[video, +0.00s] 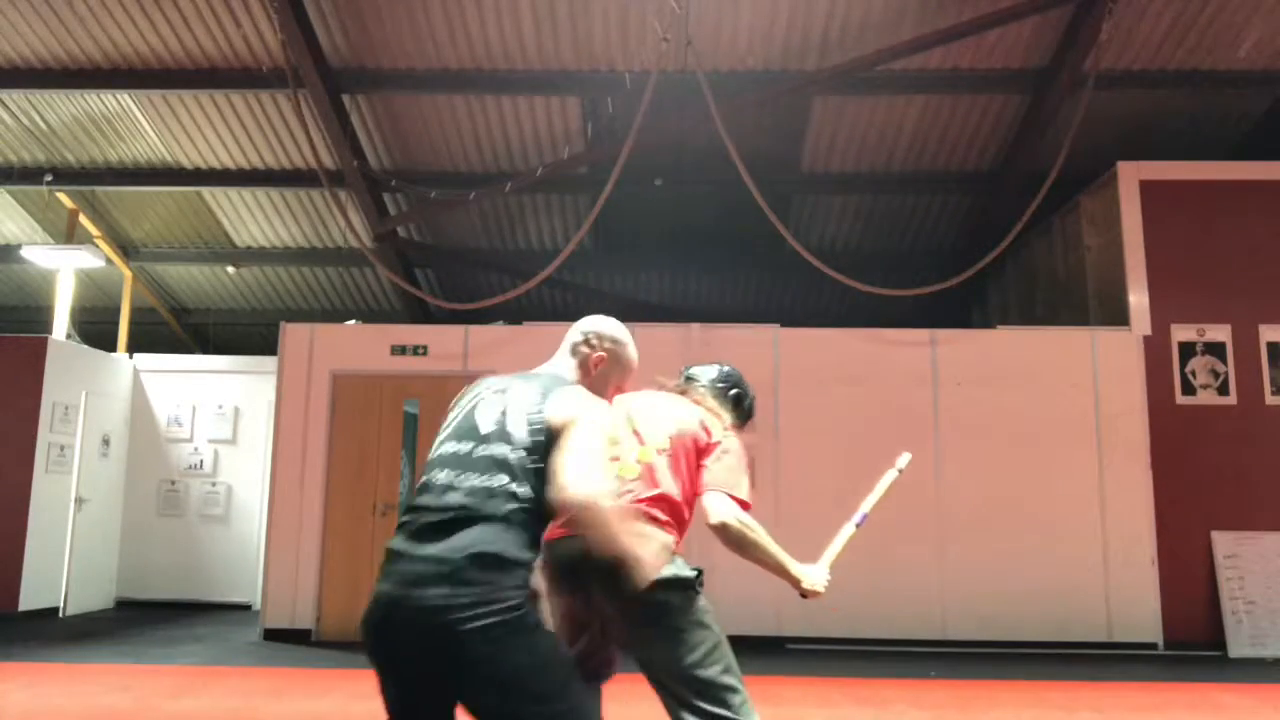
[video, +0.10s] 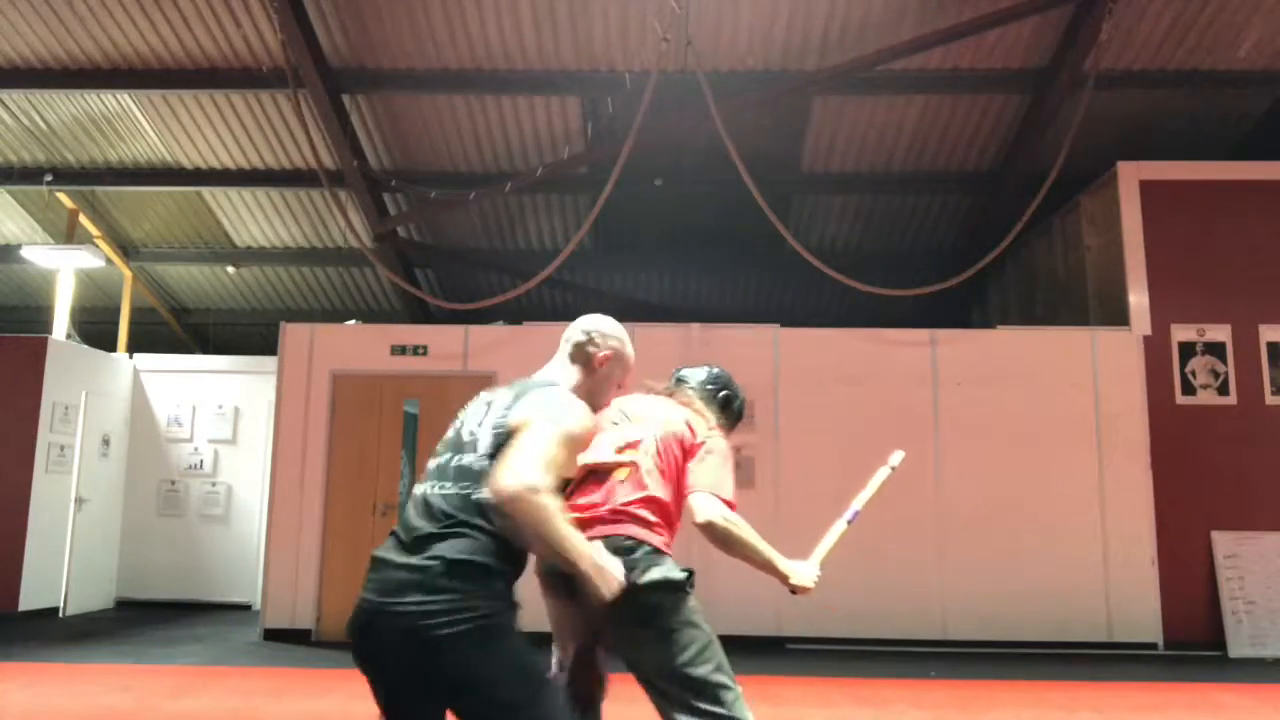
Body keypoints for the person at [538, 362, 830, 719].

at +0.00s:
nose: (733, 431)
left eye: (737, 426)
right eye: (736, 423)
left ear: (686, 387)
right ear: (732, 411)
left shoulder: (613, 405)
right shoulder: (716, 428)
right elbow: (723, 516)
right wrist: (797, 573)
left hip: (563, 547)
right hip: (639, 552)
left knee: (574, 692)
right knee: (720, 706)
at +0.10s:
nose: (723, 433)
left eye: (726, 428)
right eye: (726, 425)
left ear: (674, 388)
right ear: (718, 411)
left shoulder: (608, 411)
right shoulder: (703, 428)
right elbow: (709, 514)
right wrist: (786, 569)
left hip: (560, 554)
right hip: (631, 561)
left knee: (576, 697)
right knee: (716, 707)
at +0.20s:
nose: (721, 433)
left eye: (725, 429)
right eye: (724, 425)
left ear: (673, 389)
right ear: (715, 410)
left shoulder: (609, 409)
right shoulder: (701, 429)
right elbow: (702, 512)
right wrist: (780, 569)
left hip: (558, 545)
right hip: (627, 559)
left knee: (568, 679)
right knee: (716, 704)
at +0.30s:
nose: (719, 434)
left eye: (723, 429)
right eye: (721, 427)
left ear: (672, 389)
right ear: (714, 412)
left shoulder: (607, 407)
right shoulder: (698, 430)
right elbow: (694, 509)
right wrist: (769, 568)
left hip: (548, 549)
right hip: (613, 548)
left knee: (567, 684)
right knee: (718, 698)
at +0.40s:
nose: (718, 434)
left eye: (722, 429)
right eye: (720, 426)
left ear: (670, 389)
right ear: (714, 413)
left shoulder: (607, 404)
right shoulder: (697, 430)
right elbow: (692, 509)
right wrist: (764, 568)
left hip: (548, 547)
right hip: (615, 550)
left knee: (565, 683)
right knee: (717, 696)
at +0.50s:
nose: (720, 433)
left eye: (724, 428)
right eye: (723, 426)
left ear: (675, 389)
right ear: (715, 410)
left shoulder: (609, 405)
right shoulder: (700, 430)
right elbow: (693, 508)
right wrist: (762, 570)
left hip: (552, 545)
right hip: (620, 550)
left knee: (565, 679)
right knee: (710, 698)